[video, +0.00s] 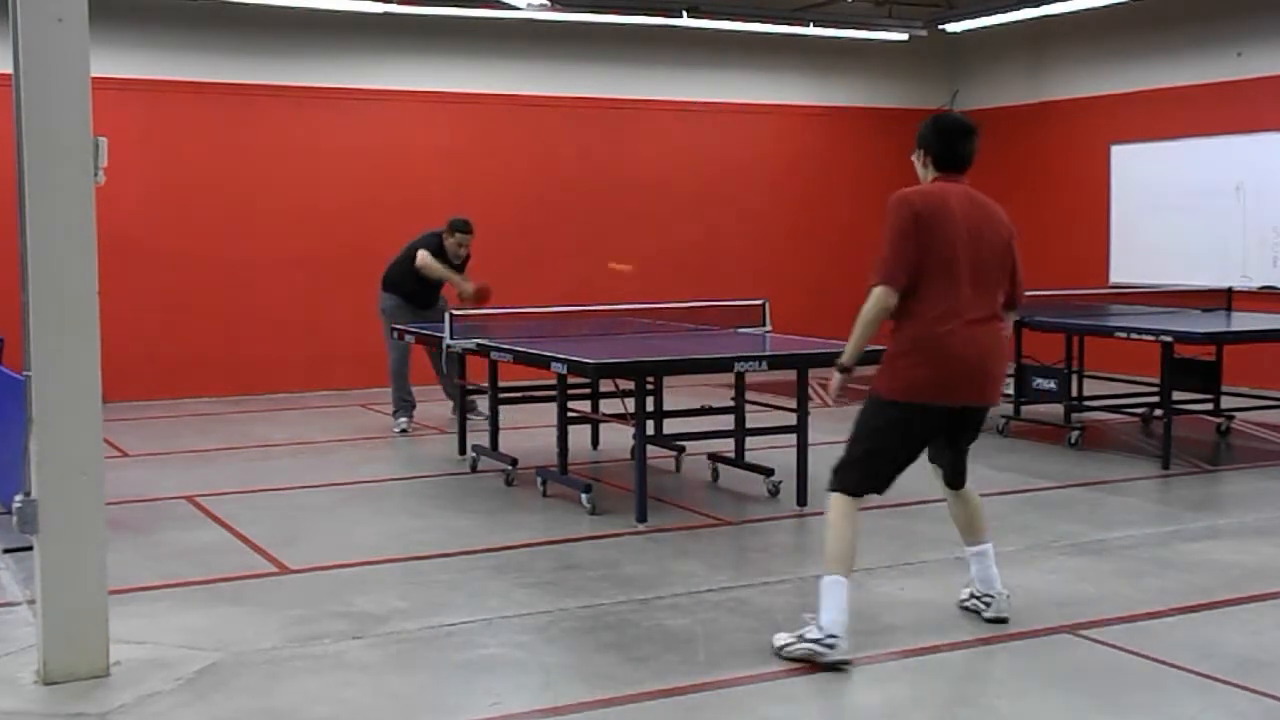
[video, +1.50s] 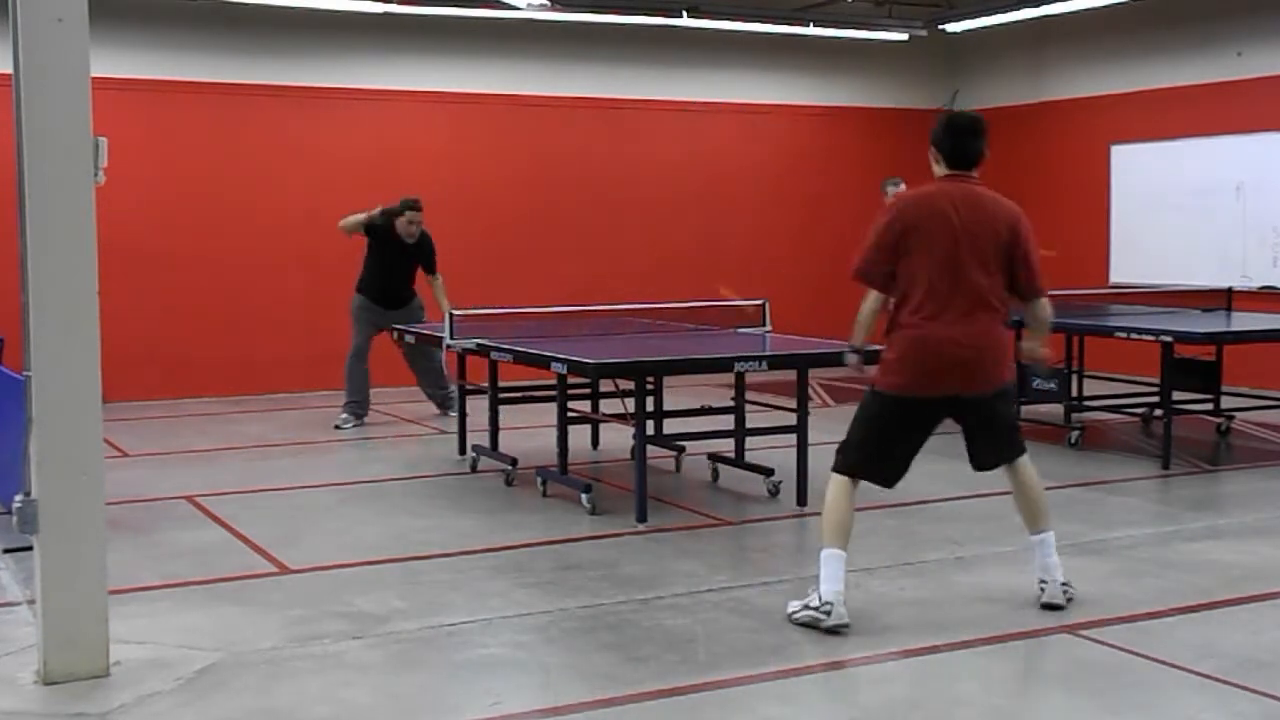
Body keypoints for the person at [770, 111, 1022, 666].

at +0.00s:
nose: (912, 160)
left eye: (914, 153)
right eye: (916, 152)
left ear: (924, 158)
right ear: (967, 158)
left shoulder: (912, 204)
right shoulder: (996, 215)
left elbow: (886, 294)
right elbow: (1011, 304)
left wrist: (845, 364)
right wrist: (955, 322)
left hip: (918, 374)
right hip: (980, 379)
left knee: (845, 487)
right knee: (954, 475)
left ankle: (829, 629)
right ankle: (989, 590)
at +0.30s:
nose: (922, 169)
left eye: (920, 160)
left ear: (923, 167)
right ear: (975, 170)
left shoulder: (890, 214)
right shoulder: (993, 229)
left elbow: (852, 304)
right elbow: (1019, 326)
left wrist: (866, 314)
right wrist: (1039, 390)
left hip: (887, 382)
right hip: (959, 385)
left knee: (836, 498)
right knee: (958, 471)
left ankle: (822, 628)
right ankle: (984, 590)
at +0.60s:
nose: (904, 132)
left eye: (904, 124)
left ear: (907, 126)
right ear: (959, 127)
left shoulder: (899, 168)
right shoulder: (977, 177)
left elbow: (898, 250)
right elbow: (962, 251)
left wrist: (865, 296)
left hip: (900, 343)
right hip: (968, 343)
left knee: (832, 455)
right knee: (958, 458)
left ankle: (789, 586)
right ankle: (983, 588)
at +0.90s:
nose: (876, 116)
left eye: (878, 109)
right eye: (881, 108)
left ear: (883, 114)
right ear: (932, 116)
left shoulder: (898, 165)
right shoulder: (936, 164)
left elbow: (902, 259)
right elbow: (837, 193)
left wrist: (835, 297)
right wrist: (810, 148)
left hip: (874, 343)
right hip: (934, 343)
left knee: (819, 457)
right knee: (944, 460)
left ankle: (794, 591)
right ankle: (984, 586)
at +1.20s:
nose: (883, 131)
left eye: (883, 124)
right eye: (886, 123)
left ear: (891, 126)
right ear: (936, 127)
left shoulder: (896, 177)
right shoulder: (960, 178)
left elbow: (895, 266)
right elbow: (979, 254)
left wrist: (833, 324)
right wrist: (882, 284)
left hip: (898, 351)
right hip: (961, 350)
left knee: (832, 458)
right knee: (970, 458)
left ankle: (797, 591)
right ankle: (1023, 576)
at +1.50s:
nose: (928, 156)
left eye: (929, 149)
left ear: (934, 155)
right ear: (982, 157)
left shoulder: (905, 209)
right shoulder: (1005, 214)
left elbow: (875, 298)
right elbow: (1038, 304)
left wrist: (856, 347)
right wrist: (1035, 346)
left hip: (910, 369)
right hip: (987, 370)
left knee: (845, 471)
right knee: (1017, 461)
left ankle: (828, 598)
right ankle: (1052, 578)